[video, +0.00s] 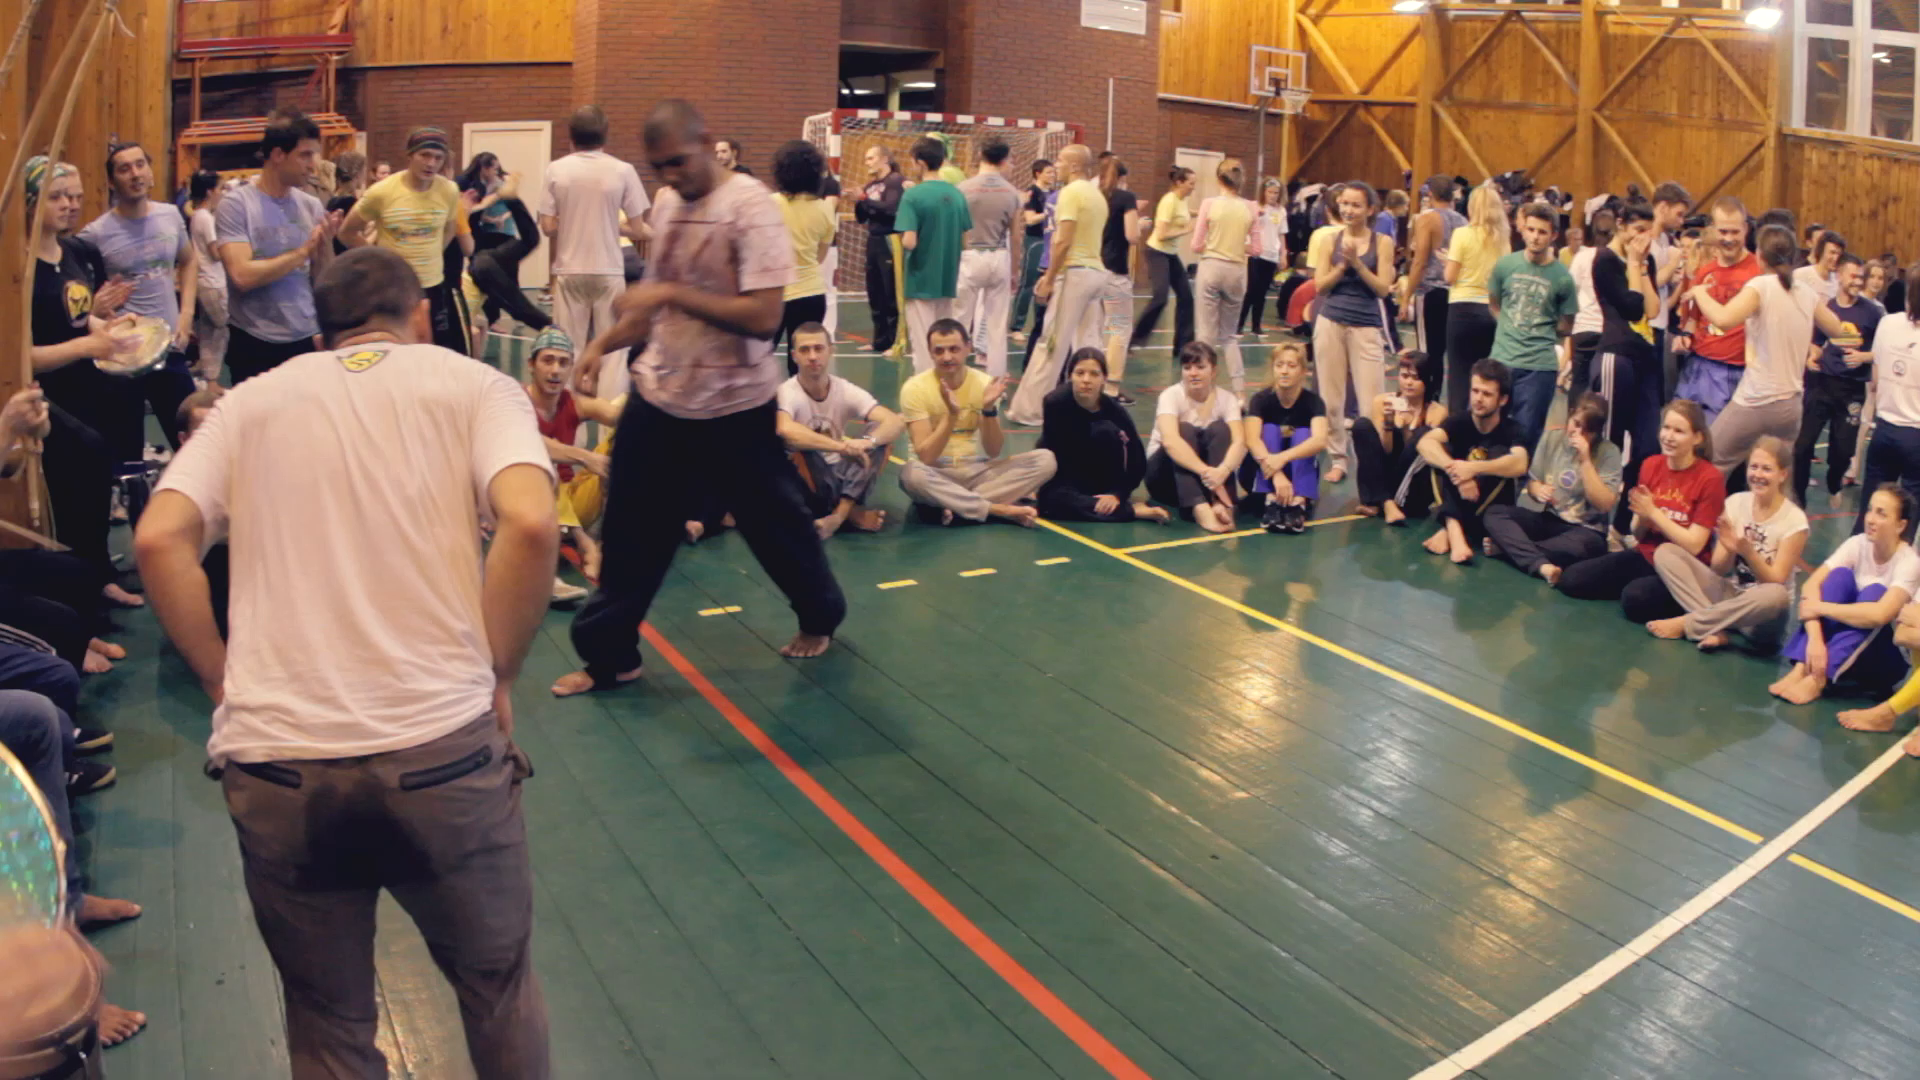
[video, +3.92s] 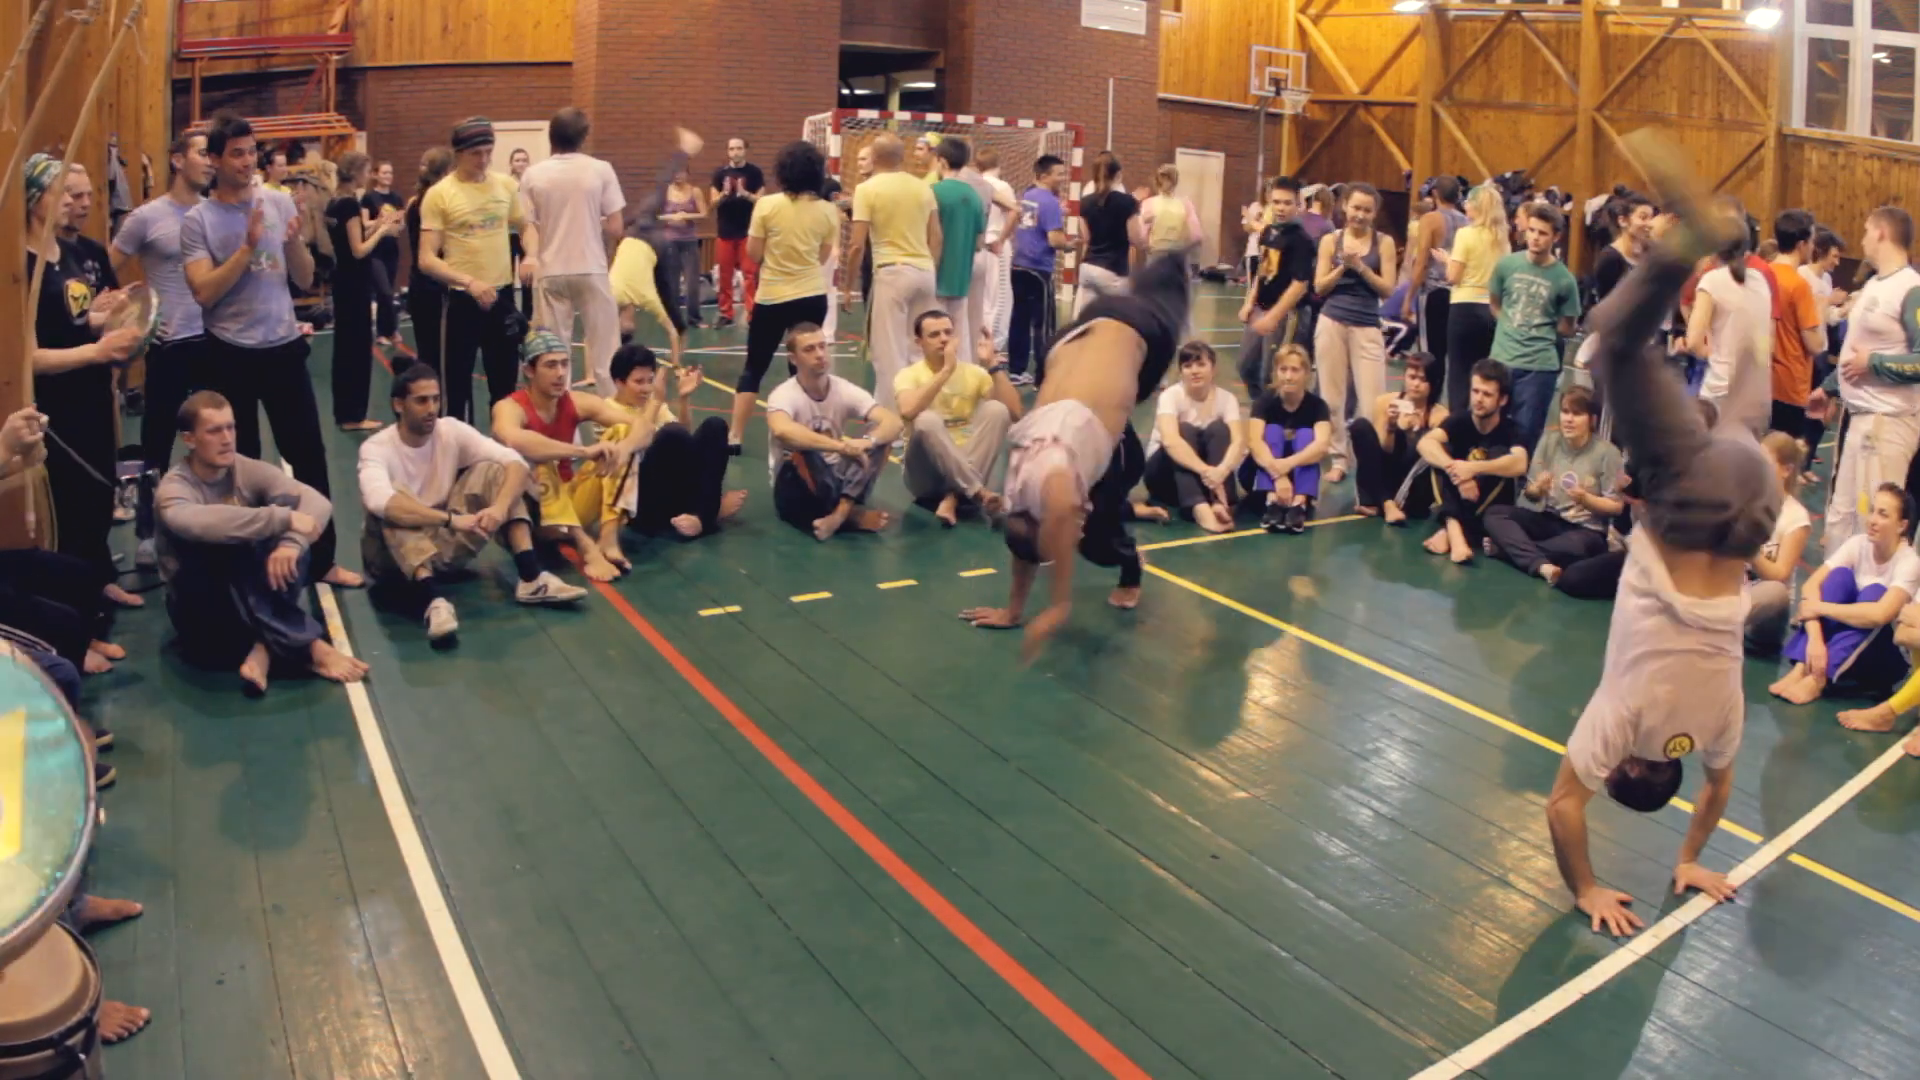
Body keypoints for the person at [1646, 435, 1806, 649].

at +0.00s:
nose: (1757, 474)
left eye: (1767, 469)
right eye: (1753, 467)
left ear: (1783, 475)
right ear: (1746, 469)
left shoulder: (1795, 520)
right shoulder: (1735, 503)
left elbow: (1776, 579)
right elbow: (1718, 568)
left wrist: (1747, 553)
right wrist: (1729, 549)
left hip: (1761, 603)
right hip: (1727, 593)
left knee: (1775, 595)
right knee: (1666, 553)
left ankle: (1686, 624)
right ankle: (1712, 629)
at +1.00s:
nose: (1758, 476)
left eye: (1767, 470)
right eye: (1754, 468)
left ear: (1783, 474)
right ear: (1746, 469)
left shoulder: (1792, 519)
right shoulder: (1733, 504)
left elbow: (1772, 577)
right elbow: (1718, 571)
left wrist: (1756, 531)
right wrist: (1721, 556)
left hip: (1759, 603)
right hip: (1725, 593)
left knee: (1774, 593)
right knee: (1665, 553)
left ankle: (1686, 624)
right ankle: (1712, 629)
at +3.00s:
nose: (1756, 473)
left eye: (1766, 468)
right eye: (1754, 466)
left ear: (1786, 475)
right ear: (1749, 466)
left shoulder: (1796, 521)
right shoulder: (1738, 502)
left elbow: (1777, 578)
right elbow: (1720, 568)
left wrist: (1746, 546)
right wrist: (1729, 542)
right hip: (1726, 594)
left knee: (1775, 594)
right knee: (1665, 552)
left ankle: (1686, 624)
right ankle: (1712, 629)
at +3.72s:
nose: (1757, 469)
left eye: (1766, 464)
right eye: (1756, 462)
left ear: (1787, 471)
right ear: (1753, 461)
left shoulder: (1797, 516)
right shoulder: (1739, 499)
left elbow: (1777, 574)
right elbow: (1720, 566)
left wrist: (1741, 538)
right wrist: (1730, 539)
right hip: (1728, 590)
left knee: (1774, 592)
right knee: (1685, 566)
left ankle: (1695, 622)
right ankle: (1709, 631)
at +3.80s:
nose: (1757, 469)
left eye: (1766, 464)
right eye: (1757, 462)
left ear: (1786, 471)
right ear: (1752, 461)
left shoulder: (1797, 517)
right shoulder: (1740, 499)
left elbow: (1777, 574)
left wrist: (1740, 538)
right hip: (1725, 581)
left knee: (1773, 592)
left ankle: (1706, 618)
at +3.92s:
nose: (1759, 471)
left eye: (1766, 465)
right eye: (1758, 463)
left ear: (1786, 471)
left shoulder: (1796, 515)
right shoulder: (1743, 499)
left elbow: (1780, 573)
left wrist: (1747, 549)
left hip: (1759, 584)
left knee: (1774, 591)